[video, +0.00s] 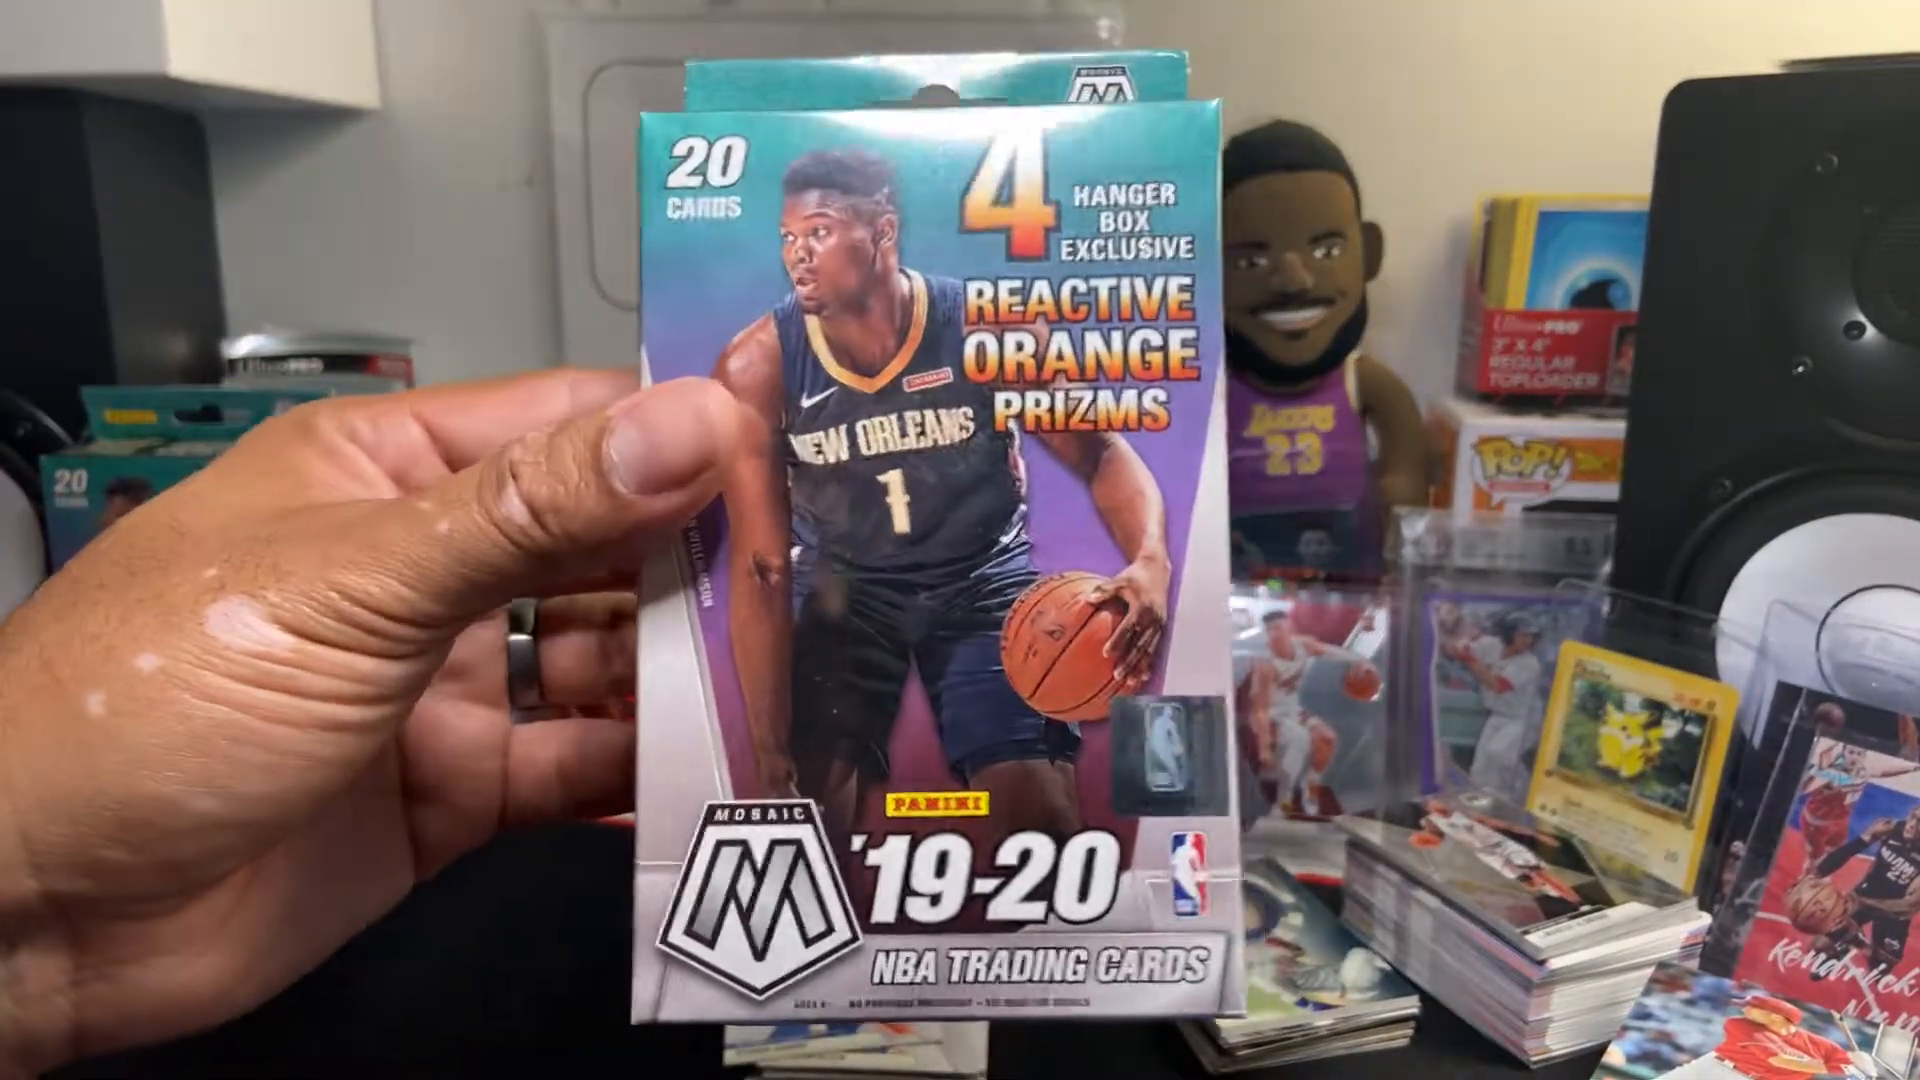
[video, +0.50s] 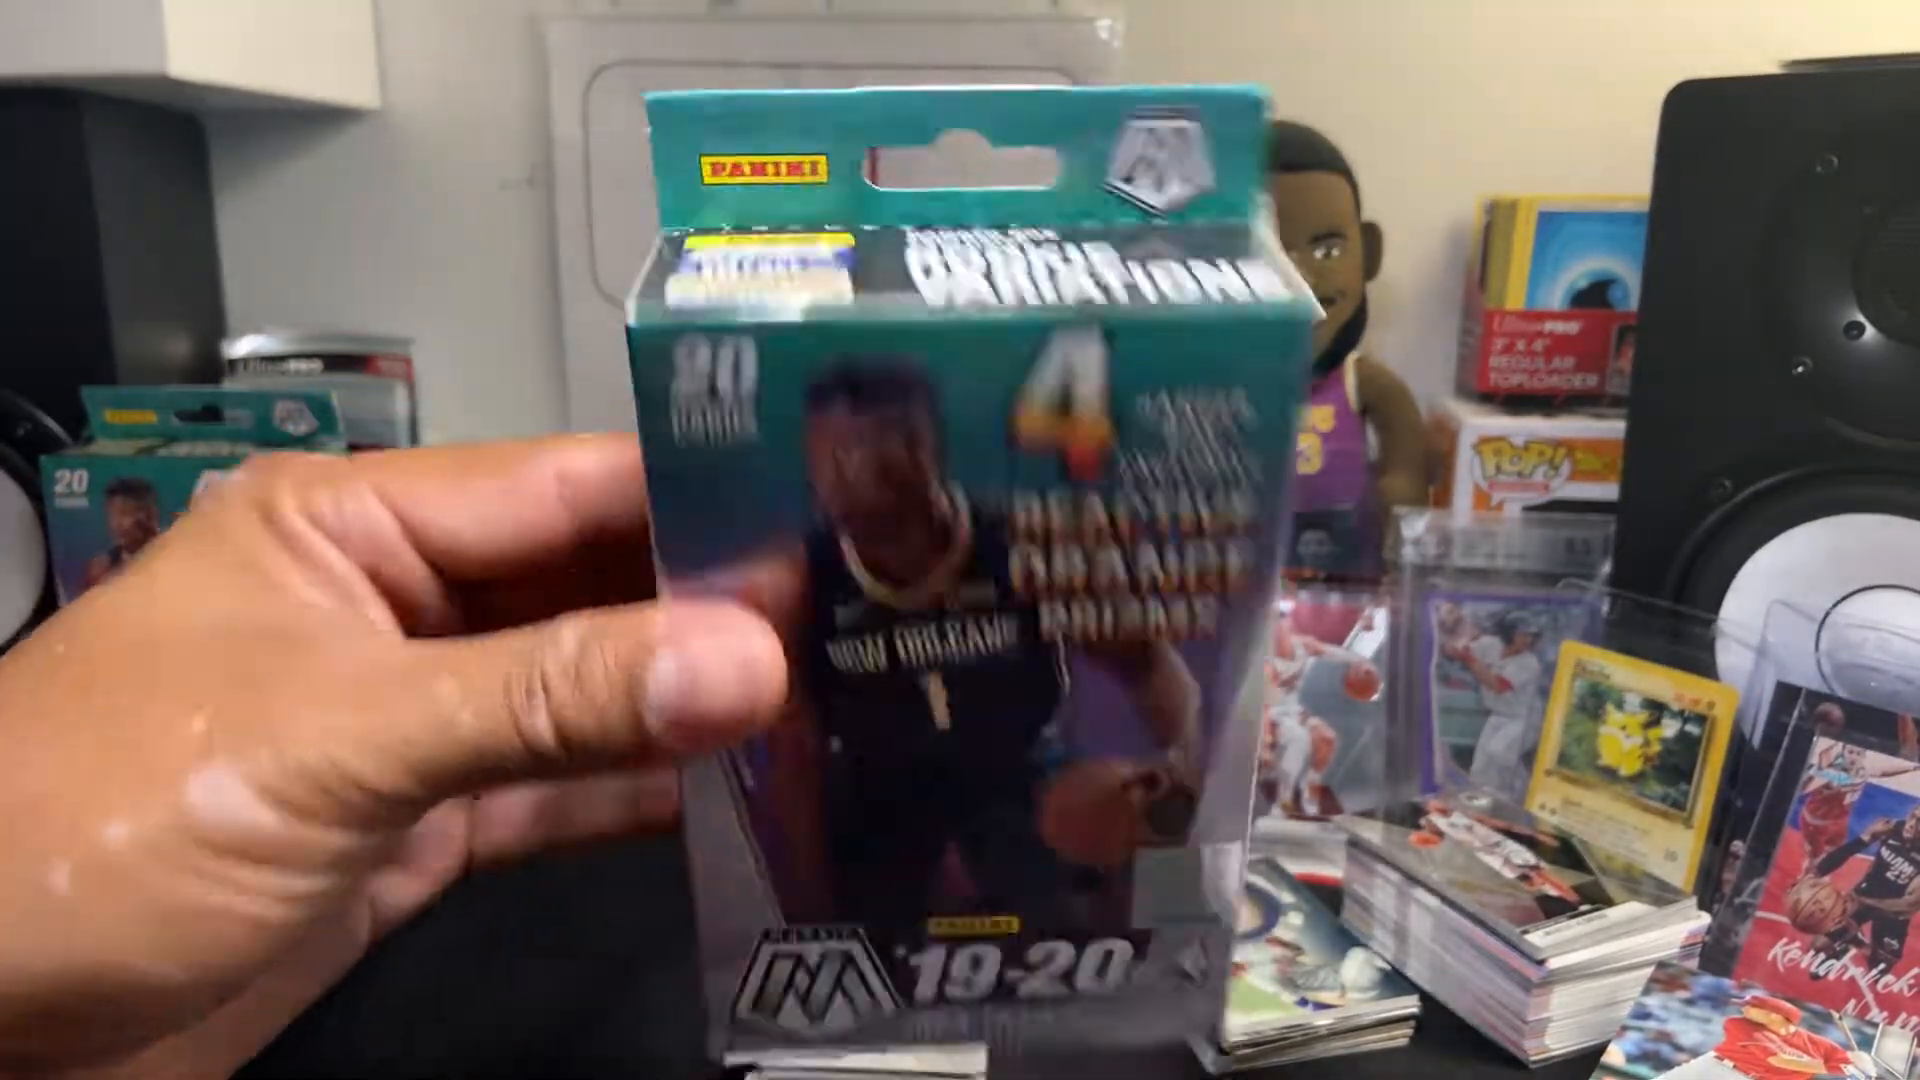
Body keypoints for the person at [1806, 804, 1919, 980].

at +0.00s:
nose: (1912, 824)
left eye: (1919, 822)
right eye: (1913, 817)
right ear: (1908, 815)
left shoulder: (1918, 857)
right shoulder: (1888, 829)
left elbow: (1910, 905)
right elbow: (1849, 850)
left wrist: (1862, 903)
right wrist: (1816, 874)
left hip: (1896, 911)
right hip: (1864, 897)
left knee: (1880, 969)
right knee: (1819, 946)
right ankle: (1841, 950)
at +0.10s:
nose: (1912, 824)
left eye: (1919, 822)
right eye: (1913, 817)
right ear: (1908, 815)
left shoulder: (1918, 857)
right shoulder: (1888, 829)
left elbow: (1910, 905)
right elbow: (1849, 850)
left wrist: (1862, 903)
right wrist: (1816, 873)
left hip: (1896, 910)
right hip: (1864, 897)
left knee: (1880, 969)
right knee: (1819, 946)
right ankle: (1841, 950)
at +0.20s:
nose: (1912, 824)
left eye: (1918, 822)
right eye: (1913, 817)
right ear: (1908, 816)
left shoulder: (1917, 856)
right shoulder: (1888, 829)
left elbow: (1910, 905)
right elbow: (1849, 850)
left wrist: (1862, 903)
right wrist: (1817, 873)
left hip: (1896, 910)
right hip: (1865, 896)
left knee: (1880, 968)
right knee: (1819, 946)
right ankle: (1841, 950)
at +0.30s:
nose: (1912, 824)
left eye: (1918, 822)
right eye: (1912, 817)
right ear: (1908, 815)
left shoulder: (1917, 857)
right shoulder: (1888, 829)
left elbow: (1910, 905)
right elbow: (1849, 850)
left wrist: (1861, 903)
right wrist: (1816, 872)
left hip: (1896, 910)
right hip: (1864, 896)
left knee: (1880, 967)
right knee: (1819, 945)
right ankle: (1840, 950)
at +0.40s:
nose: (1912, 824)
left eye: (1919, 822)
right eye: (1912, 817)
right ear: (1908, 815)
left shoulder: (1918, 858)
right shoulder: (1888, 829)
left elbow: (1909, 905)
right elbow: (1849, 849)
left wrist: (1861, 903)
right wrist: (1816, 872)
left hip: (1896, 910)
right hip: (1864, 896)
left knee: (1880, 968)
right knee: (1819, 945)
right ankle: (1840, 950)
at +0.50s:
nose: (1912, 824)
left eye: (1918, 822)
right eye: (1912, 817)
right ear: (1908, 815)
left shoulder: (1918, 857)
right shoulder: (1889, 829)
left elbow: (1909, 905)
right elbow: (1849, 849)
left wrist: (1861, 902)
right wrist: (1817, 871)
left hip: (1895, 910)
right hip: (1864, 896)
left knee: (1880, 967)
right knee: (1819, 945)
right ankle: (1841, 949)